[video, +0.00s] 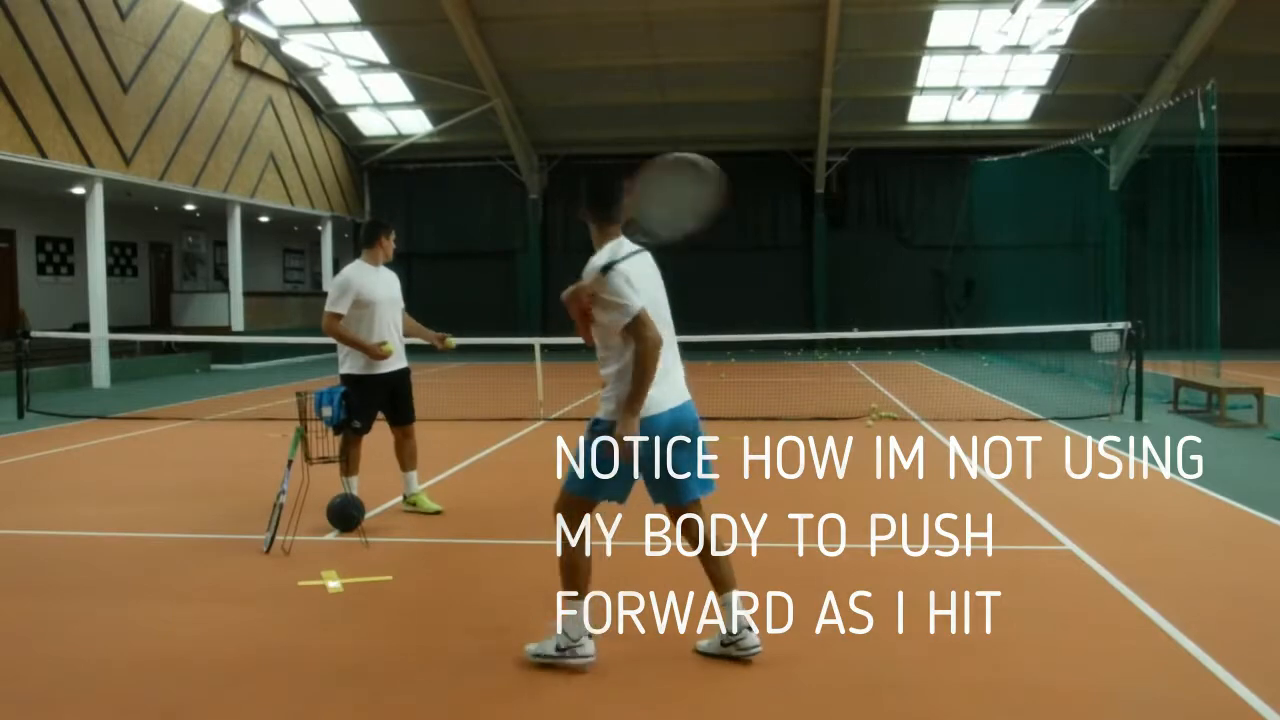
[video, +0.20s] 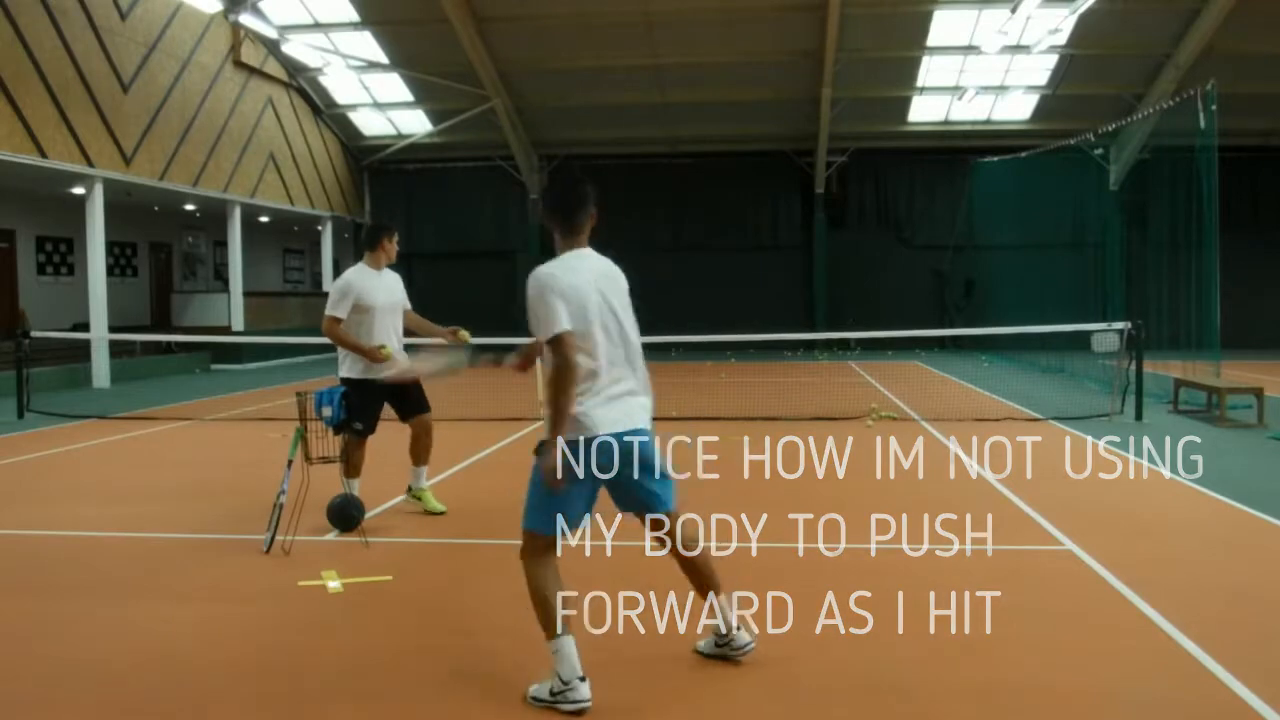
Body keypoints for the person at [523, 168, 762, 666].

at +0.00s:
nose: (580, 214)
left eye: (580, 207)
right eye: (617, 202)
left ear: (582, 212)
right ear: (624, 208)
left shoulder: (606, 274)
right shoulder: (642, 259)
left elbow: (651, 339)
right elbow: (605, 341)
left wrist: (629, 415)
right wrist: (582, 314)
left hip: (624, 420)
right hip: (676, 413)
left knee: (570, 510)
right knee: (691, 520)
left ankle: (573, 633)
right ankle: (738, 626)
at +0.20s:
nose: (570, 221)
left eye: (547, 213)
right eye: (587, 212)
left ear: (544, 219)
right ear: (592, 217)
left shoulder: (546, 278)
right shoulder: (612, 271)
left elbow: (567, 359)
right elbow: (601, 334)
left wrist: (555, 439)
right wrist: (536, 349)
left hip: (579, 437)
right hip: (634, 428)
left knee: (537, 548)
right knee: (669, 529)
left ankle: (569, 678)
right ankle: (731, 627)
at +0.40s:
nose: (562, 189)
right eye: (568, 180)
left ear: (524, 186)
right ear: (569, 187)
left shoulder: (503, 238)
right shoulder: (595, 250)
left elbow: (493, 319)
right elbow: (611, 336)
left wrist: (461, 396)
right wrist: (574, 368)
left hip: (527, 411)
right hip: (587, 407)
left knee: (522, 539)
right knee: (597, 524)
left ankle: (556, 670)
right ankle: (609, 655)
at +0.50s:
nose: (553, 194)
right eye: (558, 185)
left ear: (514, 190)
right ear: (558, 192)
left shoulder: (487, 244)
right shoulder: (584, 255)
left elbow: (466, 322)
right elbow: (610, 337)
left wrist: (429, 385)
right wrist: (573, 386)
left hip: (504, 422)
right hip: (568, 421)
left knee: (485, 541)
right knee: (567, 536)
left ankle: (508, 673)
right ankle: (575, 673)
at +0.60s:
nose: (540, 211)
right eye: (542, 202)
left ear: (495, 209)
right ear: (542, 209)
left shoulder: (466, 265)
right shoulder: (567, 273)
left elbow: (438, 345)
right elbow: (611, 355)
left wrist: (406, 400)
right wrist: (586, 404)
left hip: (477, 434)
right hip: (547, 434)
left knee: (444, 554)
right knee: (562, 545)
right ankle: (574, 677)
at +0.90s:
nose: (510, 204)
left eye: (506, 196)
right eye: (511, 196)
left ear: (459, 198)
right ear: (503, 198)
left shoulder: (423, 256)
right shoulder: (514, 263)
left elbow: (400, 341)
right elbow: (527, 359)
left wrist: (444, 369)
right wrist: (531, 404)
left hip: (426, 433)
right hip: (492, 433)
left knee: (421, 568)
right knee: (543, 557)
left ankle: (395, 704)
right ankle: (573, 682)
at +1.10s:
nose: (521, 205)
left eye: (518, 197)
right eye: (521, 197)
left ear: (470, 200)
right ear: (515, 201)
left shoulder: (443, 261)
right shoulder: (514, 266)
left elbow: (438, 346)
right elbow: (525, 366)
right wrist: (539, 411)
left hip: (428, 441)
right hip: (485, 446)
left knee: (435, 569)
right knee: (551, 571)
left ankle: (396, 703)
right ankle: (537, 709)